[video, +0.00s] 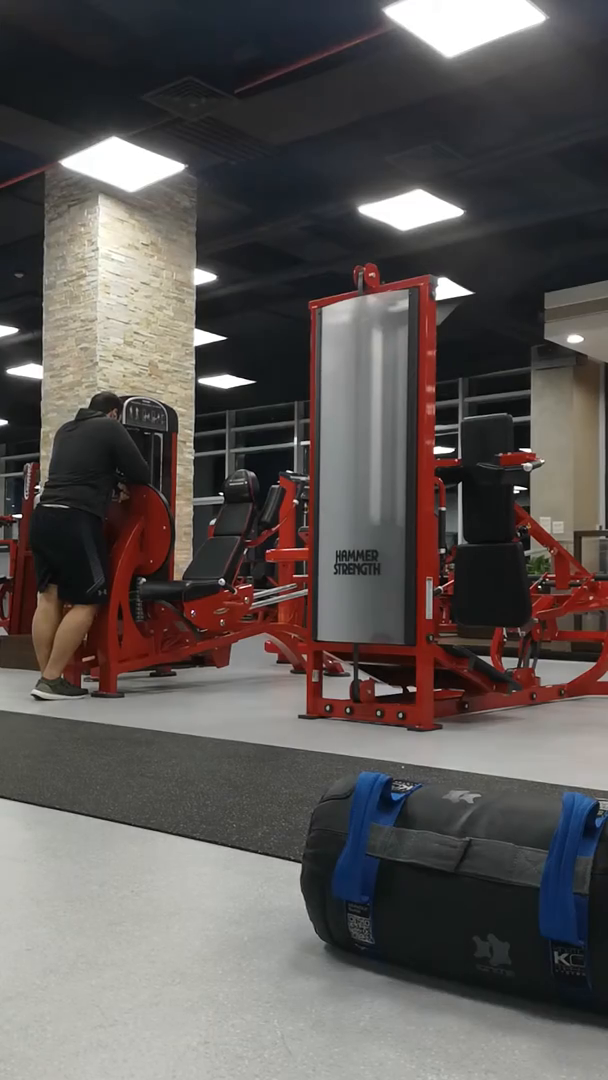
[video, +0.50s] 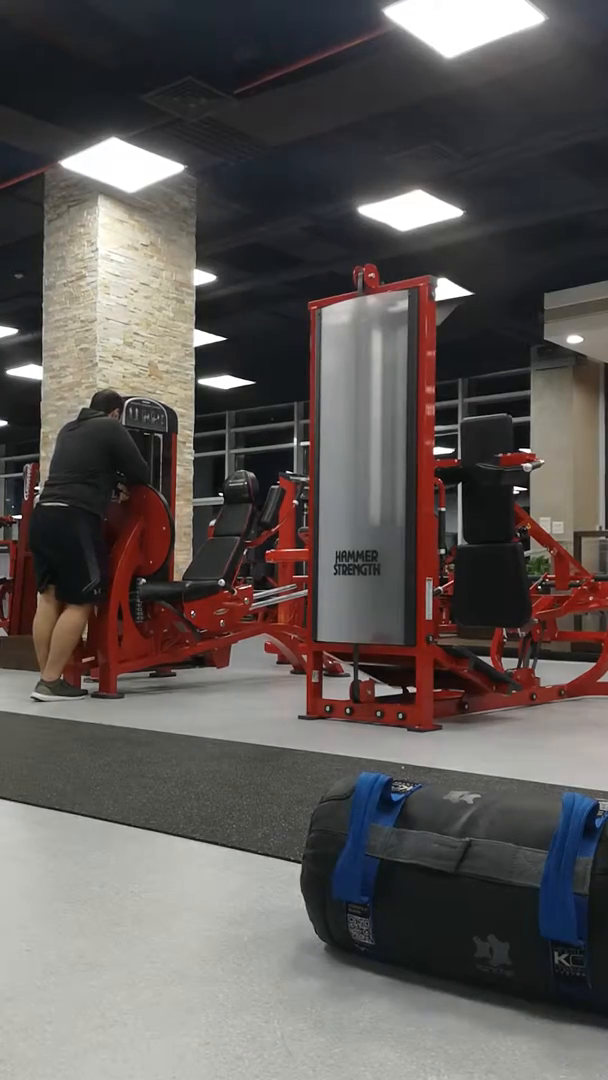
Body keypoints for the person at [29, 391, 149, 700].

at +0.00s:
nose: (120, 421)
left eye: (120, 417)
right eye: (121, 416)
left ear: (91, 409)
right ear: (113, 413)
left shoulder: (65, 429)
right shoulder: (111, 428)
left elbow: (72, 470)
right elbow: (141, 476)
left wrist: (111, 486)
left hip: (43, 516)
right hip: (75, 520)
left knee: (48, 597)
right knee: (87, 601)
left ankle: (47, 676)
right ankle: (52, 678)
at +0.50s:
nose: (121, 420)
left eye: (121, 416)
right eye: (121, 415)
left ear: (92, 409)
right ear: (114, 412)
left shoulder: (68, 428)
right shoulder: (112, 428)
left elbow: (74, 470)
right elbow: (141, 476)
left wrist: (112, 486)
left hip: (42, 515)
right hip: (74, 518)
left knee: (48, 598)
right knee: (80, 603)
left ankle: (46, 677)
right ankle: (51, 680)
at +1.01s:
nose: (124, 421)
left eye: (124, 418)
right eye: (126, 417)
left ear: (98, 409)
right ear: (121, 414)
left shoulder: (73, 427)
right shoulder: (113, 426)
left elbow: (75, 469)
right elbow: (141, 476)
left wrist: (111, 484)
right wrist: (115, 473)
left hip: (42, 511)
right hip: (71, 512)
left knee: (50, 599)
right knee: (66, 601)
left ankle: (48, 678)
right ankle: (50, 681)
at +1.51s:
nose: (124, 425)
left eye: (124, 422)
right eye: (125, 422)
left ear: (97, 413)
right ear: (121, 419)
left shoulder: (70, 430)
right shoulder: (113, 430)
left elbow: (75, 468)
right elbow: (141, 477)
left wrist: (109, 483)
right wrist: (113, 474)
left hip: (41, 511)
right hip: (68, 511)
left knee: (56, 599)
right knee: (60, 600)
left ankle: (51, 678)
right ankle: (48, 682)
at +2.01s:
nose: (124, 426)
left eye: (124, 422)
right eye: (125, 422)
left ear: (97, 413)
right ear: (121, 419)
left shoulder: (70, 430)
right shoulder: (114, 430)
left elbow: (75, 468)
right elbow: (140, 478)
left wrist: (109, 486)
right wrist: (113, 475)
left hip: (39, 511)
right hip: (67, 510)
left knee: (54, 600)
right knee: (60, 601)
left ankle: (50, 679)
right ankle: (48, 682)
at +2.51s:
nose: (125, 427)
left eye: (124, 423)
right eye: (126, 423)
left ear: (98, 413)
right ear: (121, 420)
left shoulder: (71, 430)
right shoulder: (113, 430)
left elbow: (78, 468)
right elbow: (140, 478)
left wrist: (111, 487)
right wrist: (118, 479)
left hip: (39, 512)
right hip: (66, 511)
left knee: (57, 600)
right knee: (61, 601)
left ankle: (50, 679)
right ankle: (48, 682)